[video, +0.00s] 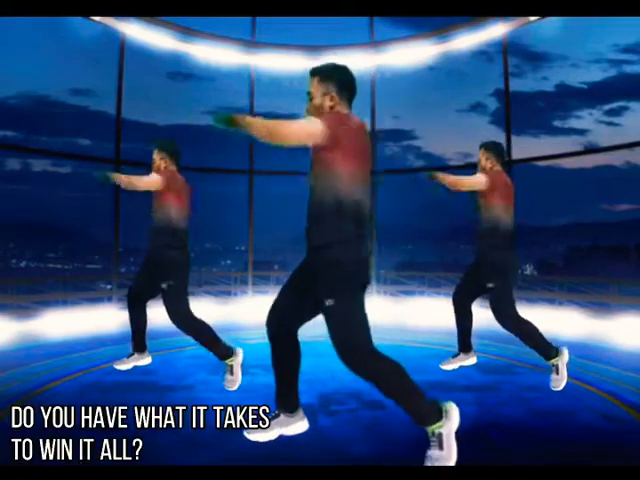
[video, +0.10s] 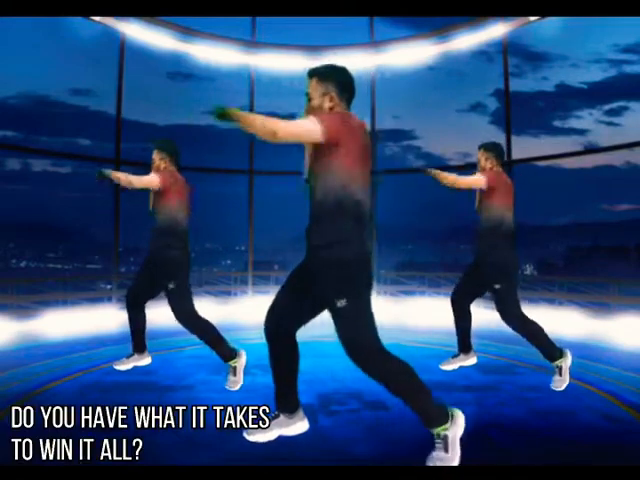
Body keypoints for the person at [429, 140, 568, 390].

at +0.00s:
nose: (479, 162)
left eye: (481, 158)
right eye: (480, 158)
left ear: (490, 160)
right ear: (497, 161)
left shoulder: (492, 178)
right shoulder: (502, 180)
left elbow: (457, 184)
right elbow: (464, 184)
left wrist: (440, 176)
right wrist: (443, 178)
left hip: (496, 259)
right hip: (493, 257)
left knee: (505, 316)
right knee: (461, 299)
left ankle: (555, 357)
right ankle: (465, 352)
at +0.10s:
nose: (478, 164)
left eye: (481, 160)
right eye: (478, 160)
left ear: (490, 160)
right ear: (495, 161)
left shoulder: (493, 178)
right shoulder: (500, 180)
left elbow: (456, 182)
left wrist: (436, 174)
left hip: (498, 259)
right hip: (491, 258)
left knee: (511, 315)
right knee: (459, 299)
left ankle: (559, 358)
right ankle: (465, 353)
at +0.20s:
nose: (474, 162)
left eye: (478, 158)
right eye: (473, 158)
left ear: (490, 158)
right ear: (479, 160)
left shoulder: (504, 179)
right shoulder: (479, 181)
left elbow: (500, 195)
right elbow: (470, 210)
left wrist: (479, 178)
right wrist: (469, 190)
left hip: (502, 255)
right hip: (483, 255)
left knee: (516, 310)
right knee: (461, 300)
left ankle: (558, 358)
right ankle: (465, 353)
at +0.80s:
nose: (493, 158)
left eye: (497, 152)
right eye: (488, 154)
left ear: (508, 153)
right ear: (485, 158)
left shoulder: (523, 179)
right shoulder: (482, 189)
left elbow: (535, 207)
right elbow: (463, 216)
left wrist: (512, 181)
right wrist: (456, 189)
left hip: (518, 259)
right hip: (487, 259)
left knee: (535, 311)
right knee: (468, 305)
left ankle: (542, 361)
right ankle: (465, 352)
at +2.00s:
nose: (500, 156)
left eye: (505, 151)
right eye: (496, 152)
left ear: (514, 154)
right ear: (490, 155)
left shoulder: (526, 182)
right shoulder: (477, 180)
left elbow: (538, 212)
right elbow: (448, 191)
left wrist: (517, 187)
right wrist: (434, 179)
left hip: (516, 259)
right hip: (485, 256)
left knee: (531, 314)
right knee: (460, 302)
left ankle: (539, 365)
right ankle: (467, 353)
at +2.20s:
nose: (480, 158)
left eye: (486, 153)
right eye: (478, 154)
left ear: (498, 157)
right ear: (475, 157)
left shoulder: (509, 185)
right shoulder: (476, 184)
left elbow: (518, 217)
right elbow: (467, 198)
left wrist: (496, 200)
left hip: (500, 257)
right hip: (481, 256)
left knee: (510, 312)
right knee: (458, 301)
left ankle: (554, 354)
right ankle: (467, 353)